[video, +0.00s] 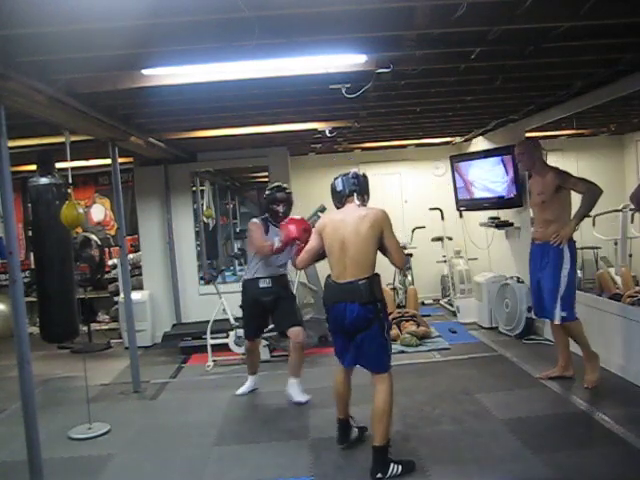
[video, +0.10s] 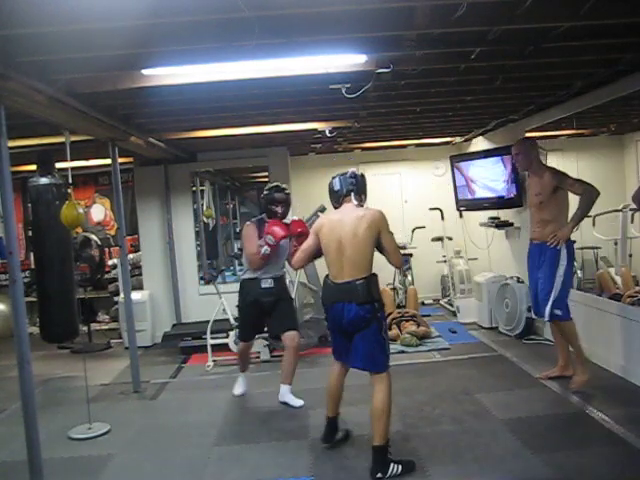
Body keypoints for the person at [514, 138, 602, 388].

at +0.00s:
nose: (518, 160)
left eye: (522, 155)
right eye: (516, 157)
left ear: (537, 153)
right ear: (519, 159)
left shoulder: (556, 176)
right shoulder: (531, 180)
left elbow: (593, 191)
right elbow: (541, 207)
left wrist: (572, 225)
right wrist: (537, 226)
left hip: (559, 248)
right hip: (538, 249)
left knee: (562, 313)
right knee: (551, 311)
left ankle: (590, 357)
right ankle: (564, 365)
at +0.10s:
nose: (514, 161)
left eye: (518, 156)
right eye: (513, 157)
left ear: (533, 154)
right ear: (519, 158)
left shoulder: (552, 175)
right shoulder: (528, 179)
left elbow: (590, 192)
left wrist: (569, 227)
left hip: (557, 248)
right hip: (536, 249)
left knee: (555, 306)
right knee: (547, 308)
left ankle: (581, 364)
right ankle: (563, 364)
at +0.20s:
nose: (514, 161)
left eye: (517, 156)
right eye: (512, 157)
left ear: (531, 154)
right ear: (515, 159)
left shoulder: (550, 175)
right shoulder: (524, 179)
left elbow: (588, 192)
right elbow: (522, 203)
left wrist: (566, 227)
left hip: (555, 248)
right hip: (535, 248)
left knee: (555, 311)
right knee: (547, 310)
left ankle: (568, 378)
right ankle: (561, 365)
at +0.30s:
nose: (513, 162)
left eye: (517, 157)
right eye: (512, 158)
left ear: (532, 155)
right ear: (515, 159)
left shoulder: (549, 177)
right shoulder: (525, 180)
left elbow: (587, 195)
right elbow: (529, 206)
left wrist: (564, 229)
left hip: (553, 251)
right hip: (533, 251)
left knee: (555, 314)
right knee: (544, 311)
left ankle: (561, 378)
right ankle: (563, 365)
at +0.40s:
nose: (514, 161)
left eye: (518, 156)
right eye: (512, 157)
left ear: (533, 154)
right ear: (515, 159)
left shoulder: (550, 177)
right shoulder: (526, 180)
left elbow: (586, 199)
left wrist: (563, 231)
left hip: (551, 251)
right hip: (532, 251)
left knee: (555, 315)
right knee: (544, 313)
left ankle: (561, 378)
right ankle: (563, 364)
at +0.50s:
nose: (515, 159)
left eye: (519, 154)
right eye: (514, 155)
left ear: (534, 153)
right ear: (520, 156)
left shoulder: (549, 177)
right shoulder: (528, 178)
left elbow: (586, 200)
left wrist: (562, 231)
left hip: (550, 252)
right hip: (531, 251)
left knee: (555, 315)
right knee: (542, 312)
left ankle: (561, 379)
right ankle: (562, 364)